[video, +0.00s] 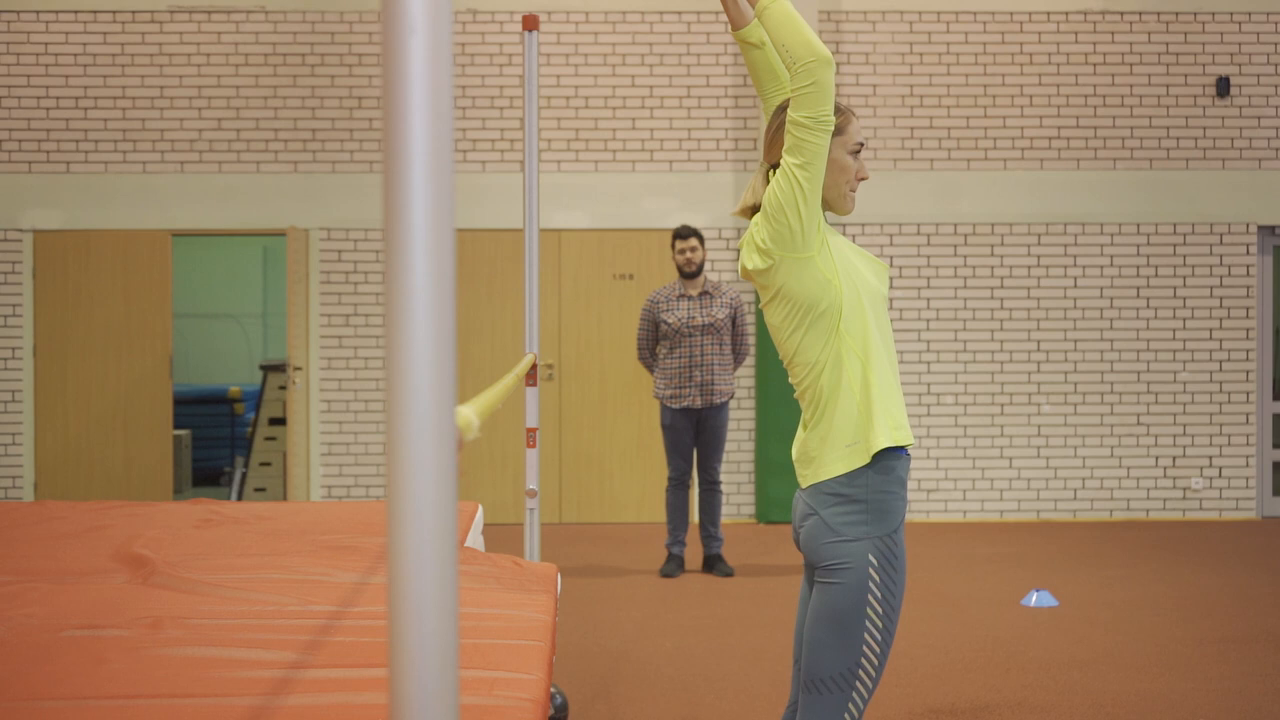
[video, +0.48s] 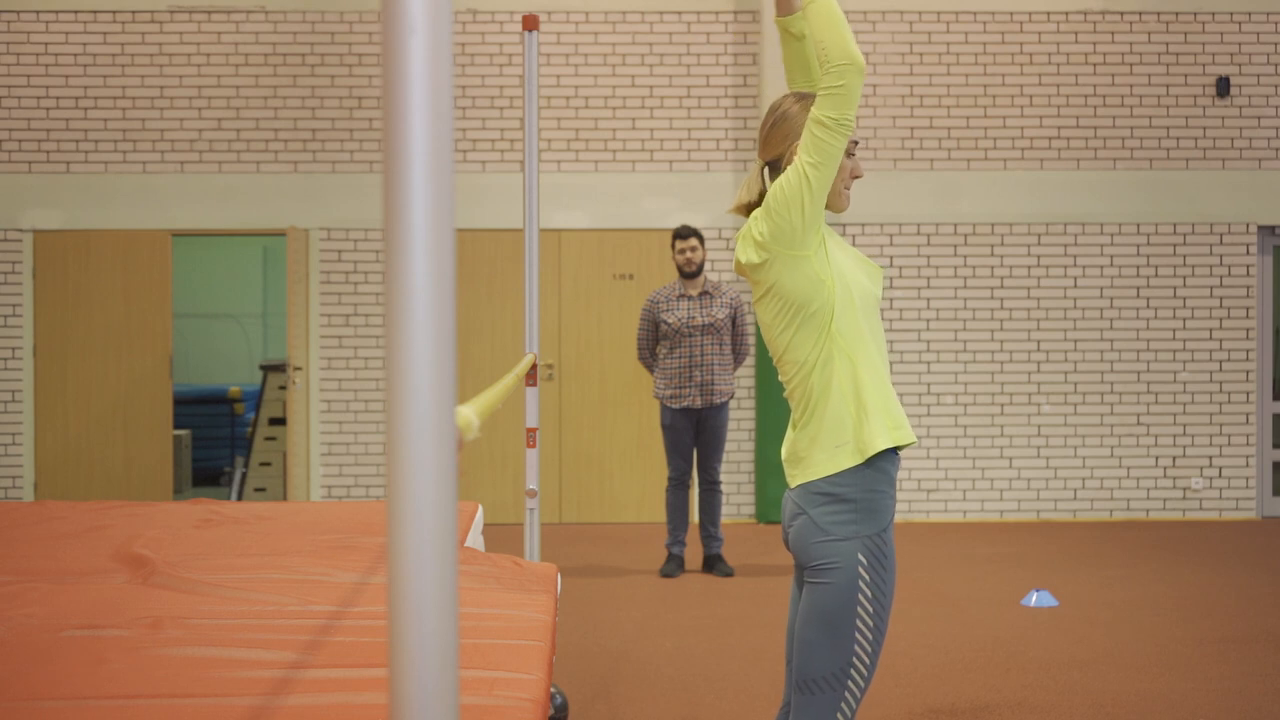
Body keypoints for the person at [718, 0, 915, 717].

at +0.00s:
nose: (865, 169)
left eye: (863, 153)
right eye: (853, 153)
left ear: (805, 158)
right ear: (805, 155)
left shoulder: (799, 237)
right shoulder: (786, 236)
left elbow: (791, 114)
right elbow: (815, 70)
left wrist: (741, 23)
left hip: (859, 485)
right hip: (851, 491)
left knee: (822, 699)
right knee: (836, 702)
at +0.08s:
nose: (863, 167)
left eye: (861, 152)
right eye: (852, 151)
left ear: (801, 157)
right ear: (806, 155)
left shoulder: (796, 236)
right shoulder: (787, 235)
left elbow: (791, 112)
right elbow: (817, 72)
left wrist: (743, 21)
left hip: (854, 485)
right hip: (852, 490)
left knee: (820, 699)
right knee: (834, 702)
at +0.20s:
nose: (862, 168)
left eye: (860, 154)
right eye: (852, 152)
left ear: (796, 157)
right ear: (805, 157)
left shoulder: (795, 236)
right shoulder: (788, 232)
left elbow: (795, 110)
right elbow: (822, 75)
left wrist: (750, 18)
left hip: (853, 488)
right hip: (851, 491)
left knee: (818, 699)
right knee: (832, 702)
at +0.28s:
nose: (860, 167)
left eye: (858, 152)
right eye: (849, 150)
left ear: (792, 156)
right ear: (803, 155)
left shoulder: (791, 233)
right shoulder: (787, 230)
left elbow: (799, 106)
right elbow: (828, 72)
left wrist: (758, 16)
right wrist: (776, 0)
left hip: (852, 489)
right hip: (849, 492)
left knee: (817, 701)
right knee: (831, 704)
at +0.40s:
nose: (859, 166)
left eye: (857, 152)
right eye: (846, 151)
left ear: (791, 159)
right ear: (801, 158)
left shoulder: (787, 234)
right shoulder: (786, 230)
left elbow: (804, 98)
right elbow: (837, 77)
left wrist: (774, 11)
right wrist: (793, 1)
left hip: (843, 491)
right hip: (848, 493)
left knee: (814, 701)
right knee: (829, 704)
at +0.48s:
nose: (858, 165)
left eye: (856, 151)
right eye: (846, 150)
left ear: (790, 157)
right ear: (801, 156)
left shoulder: (788, 232)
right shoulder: (784, 229)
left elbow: (810, 98)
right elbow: (845, 76)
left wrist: (788, 10)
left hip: (842, 490)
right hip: (844, 492)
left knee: (814, 701)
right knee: (827, 704)